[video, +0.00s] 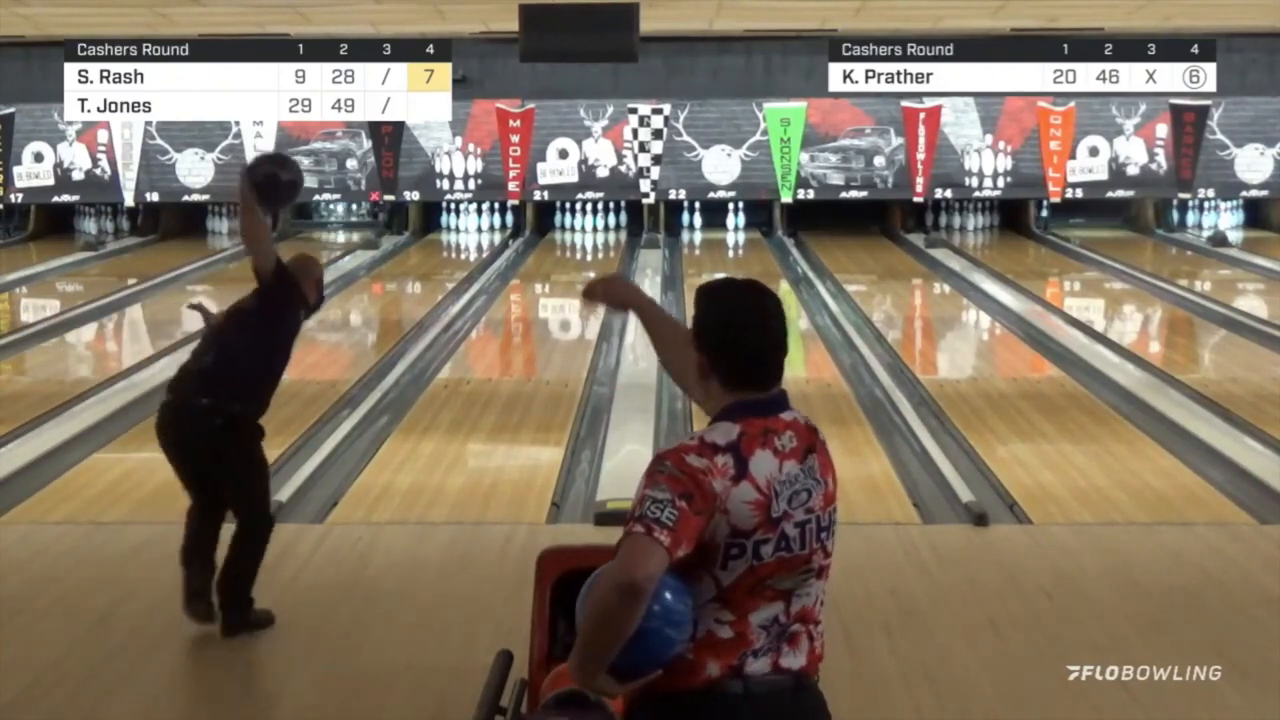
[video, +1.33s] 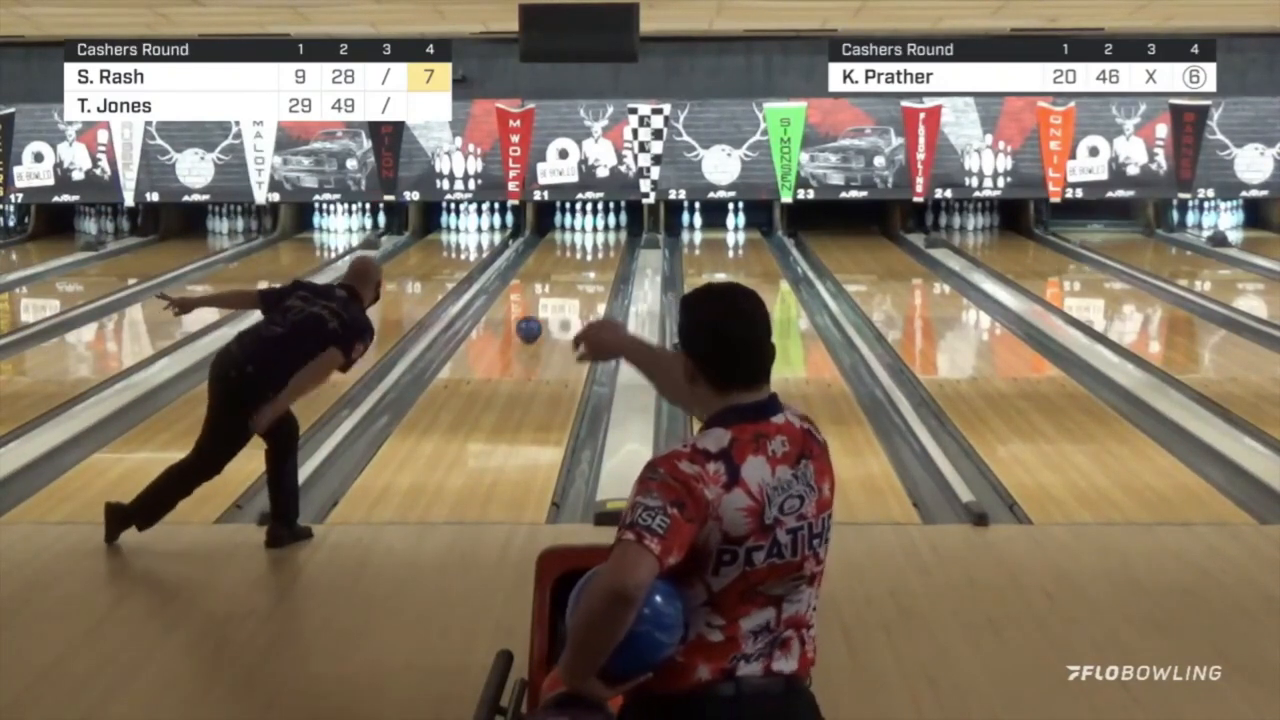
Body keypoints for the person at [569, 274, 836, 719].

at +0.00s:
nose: (686, 345)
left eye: (690, 336)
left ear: (702, 359)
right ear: (781, 353)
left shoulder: (691, 465)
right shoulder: (809, 442)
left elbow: (632, 578)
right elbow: (699, 376)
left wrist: (584, 670)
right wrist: (638, 301)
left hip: (695, 696)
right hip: (795, 692)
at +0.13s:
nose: (676, 367)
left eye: (676, 355)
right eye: (676, 354)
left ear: (693, 367)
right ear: (765, 352)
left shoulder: (693, 463)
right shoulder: (810, 445)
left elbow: (638, 576)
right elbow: (688, 416)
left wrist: (586, 671)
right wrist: (660, 310)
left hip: (699, 697)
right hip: (796, 691)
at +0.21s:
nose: (666, 369)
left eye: (667, 357)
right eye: (665, 357)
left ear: (687, 370)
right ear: (758, 351)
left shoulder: (692, 463)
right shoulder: (810, 447)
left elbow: (639, 577)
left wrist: (587, 669)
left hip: (700, 697)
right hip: (795, 692)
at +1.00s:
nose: (675, 373)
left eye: (674, 361)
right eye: (674, 360)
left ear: (688, 369)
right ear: (760, 354)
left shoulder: (680, 470)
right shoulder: (816, 460)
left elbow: (617, 581)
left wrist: (572, 671)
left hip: (685, 697)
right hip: (788, 695)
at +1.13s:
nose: (677, 366)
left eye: (676, 356)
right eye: (678, 354)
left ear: (685, 368)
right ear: (762, 353)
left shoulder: (679, 471)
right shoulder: (815, 457)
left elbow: (618, 582)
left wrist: (572, 672)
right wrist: (681, 313)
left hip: (686, 697)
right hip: (788, 695)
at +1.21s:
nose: (678, 365)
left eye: (678, 352)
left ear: (688, 367)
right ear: (763, 354)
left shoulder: (682, 471)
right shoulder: (813, 450)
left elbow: (620, 582)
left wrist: (572, 671)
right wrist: (653, 314)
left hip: (687, 696)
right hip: (788, 692)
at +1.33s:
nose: (673, 358)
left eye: (677, 348)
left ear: (690, 366)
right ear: (768, 355)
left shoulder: (683, 472)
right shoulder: (809, 441)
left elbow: (623, 584)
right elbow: (698, 390)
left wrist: (575, 673)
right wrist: (628, 345)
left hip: (689, 697)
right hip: (788, 690)